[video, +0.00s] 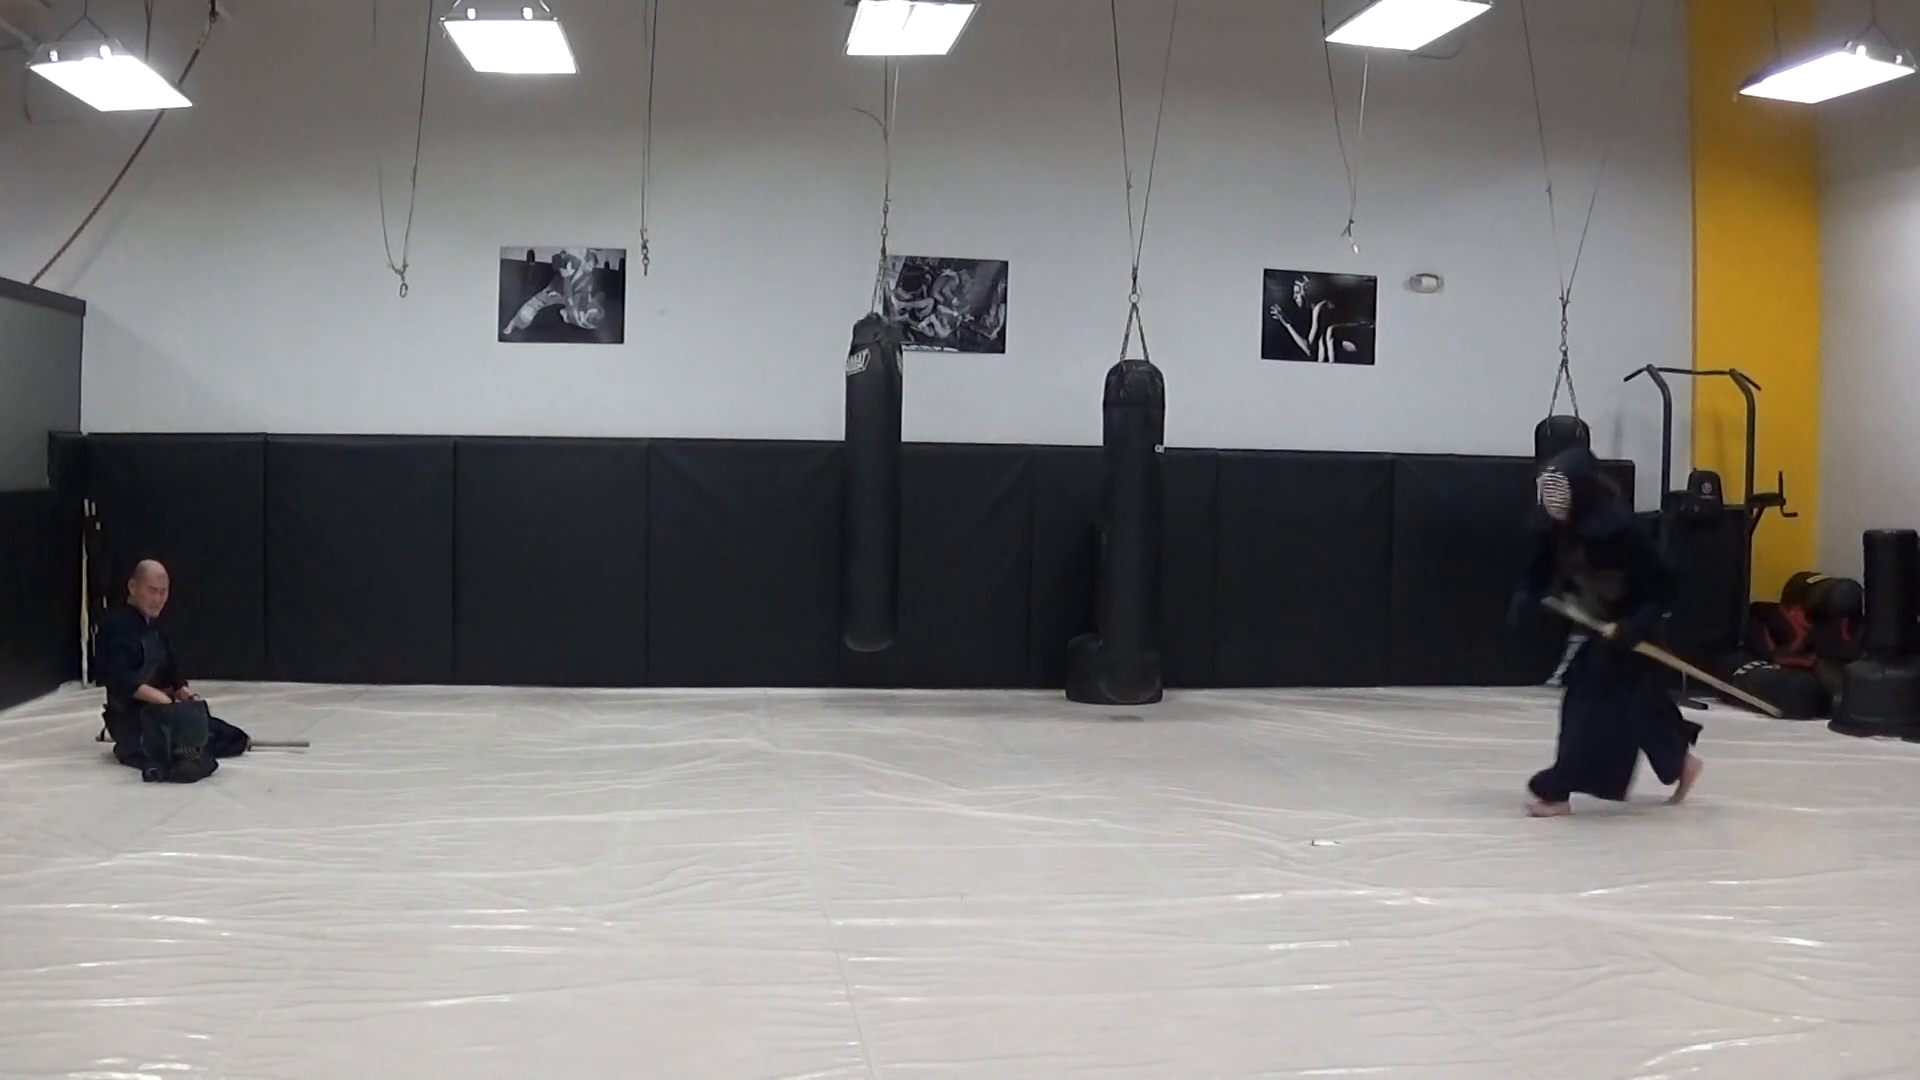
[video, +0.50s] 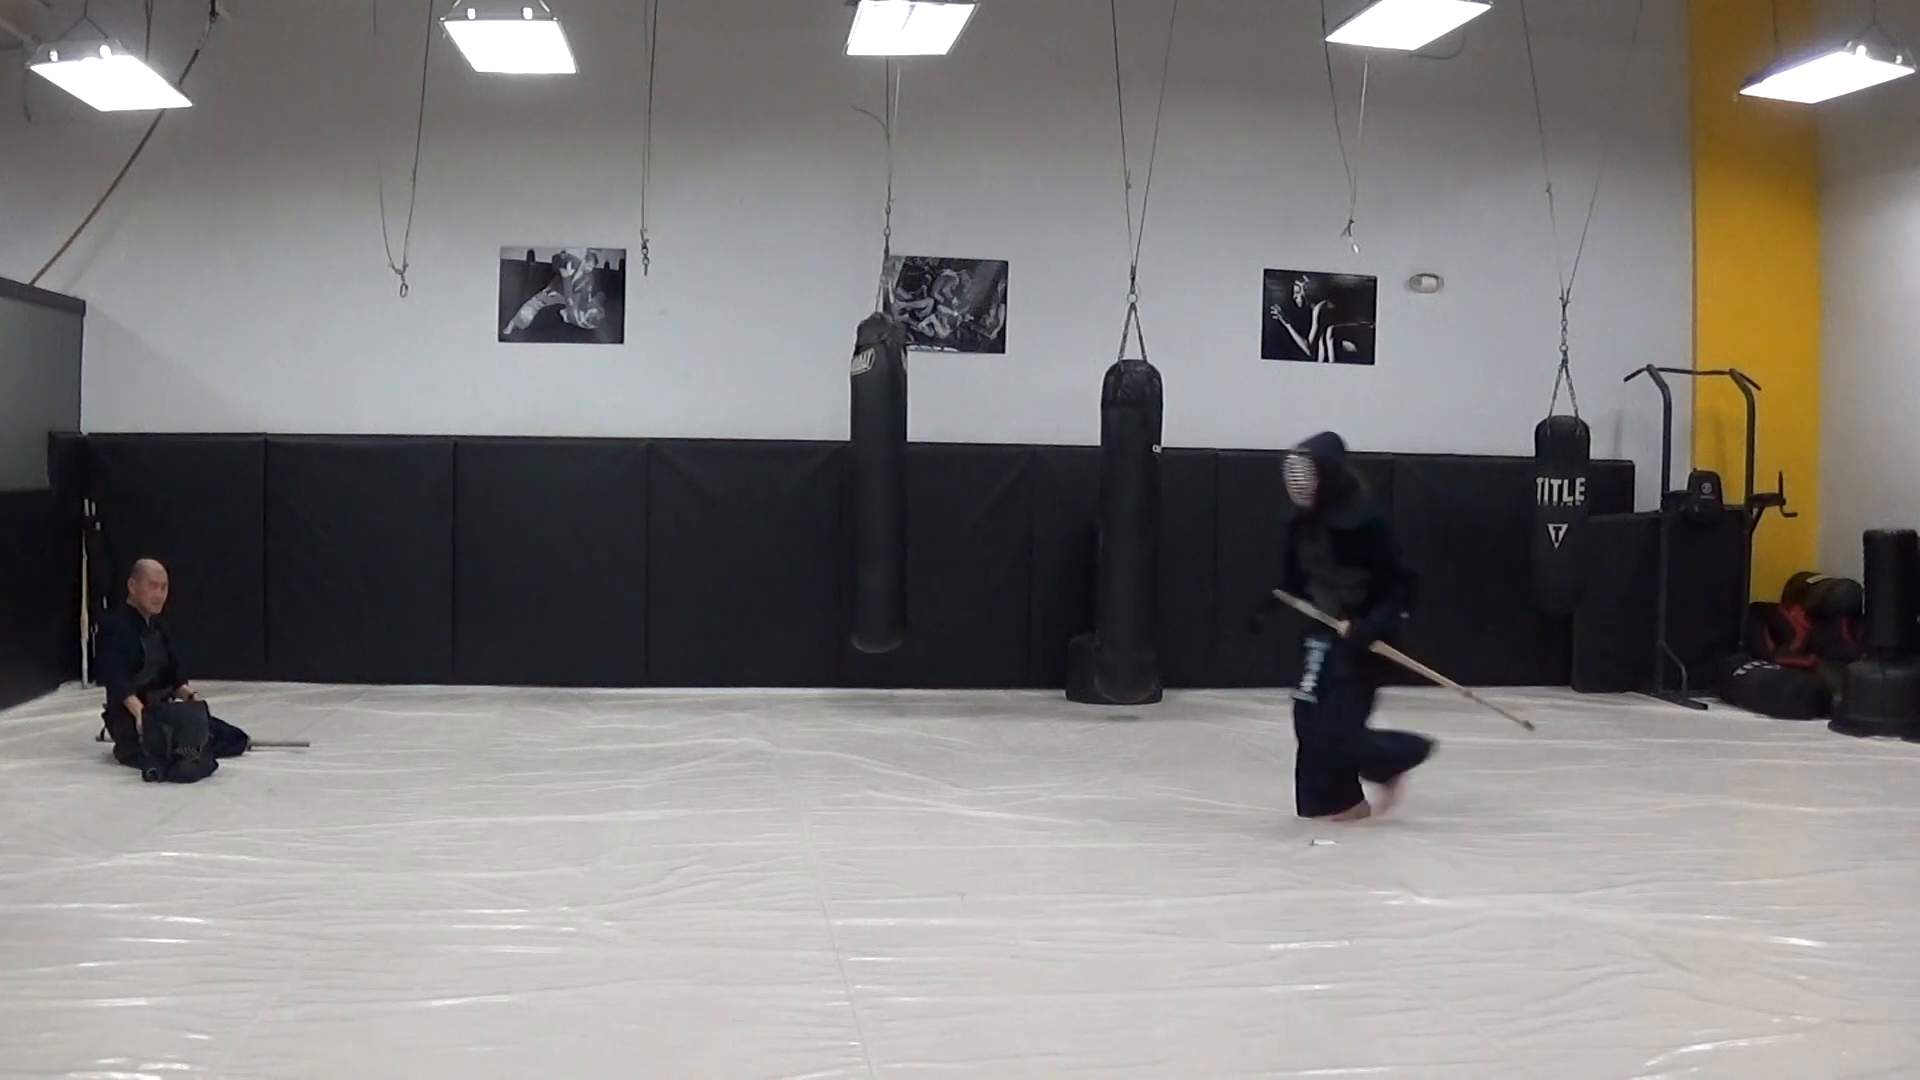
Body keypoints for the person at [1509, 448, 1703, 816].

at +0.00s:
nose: (1551, 504)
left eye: (1558, 495)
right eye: (1547, 494)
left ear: (1580, 494)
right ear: (1545, 491)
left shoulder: (1618, 529)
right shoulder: (1558, 529)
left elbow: (1661, 587)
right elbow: (1539, 572)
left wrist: (1632, 625)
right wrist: (1528, 600)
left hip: (1625, 628)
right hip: (1595, 625)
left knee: (1582, 697)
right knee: (1635, 698)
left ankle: (1556, 792)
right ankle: (1683, 761)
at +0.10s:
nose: (1509, 507)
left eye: (1515, 498)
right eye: (1504, 499)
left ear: (1534, 496)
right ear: (1503, 498)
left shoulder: (1568, 533)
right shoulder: (1513, 533)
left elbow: (1605, 598)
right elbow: (1504, 578)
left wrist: (1571, 638)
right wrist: (1494, 609)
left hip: (1575, 633)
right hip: (1541, 631)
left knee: (1549, 709)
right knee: (1552, 705)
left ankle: (1554, 797)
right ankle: (1620, 741)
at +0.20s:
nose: (1459, 498)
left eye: (1466, 489)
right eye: (1453, 490)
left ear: (1486, 488)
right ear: (1449, 490)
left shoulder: (1520, 525)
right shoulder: (1464, 526)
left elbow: (1551, 595)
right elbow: (1471, 582)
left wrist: (1513, 629)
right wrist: (1472, 621)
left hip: (1533, 631)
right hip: (1489, 631)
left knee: (1522, 712)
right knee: (1467, 706)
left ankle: (1551, 792)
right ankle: (1512, 771)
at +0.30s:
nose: (1400, 484)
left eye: (1408, 475)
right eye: (1396, 475)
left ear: (1431, 477)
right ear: (1394, 477)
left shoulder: (1462, 519)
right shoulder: (1412, 522)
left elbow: (1497, 588)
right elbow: (1432, 576)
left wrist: (1454, 616)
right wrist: (1432, 605)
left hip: (1481, 627)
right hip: (1438, 625)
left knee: (1494, 704)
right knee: (1406, 701)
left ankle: (1542, 782)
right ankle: (1390, 789)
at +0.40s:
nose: (1348, 484)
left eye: (1356, 476)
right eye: (1345, 475)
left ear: (1377, 478)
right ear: (1345, 478)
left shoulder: (1407, 522)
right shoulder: (1360, 522)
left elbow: (1443, 584)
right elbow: (1367, 576)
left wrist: (1410, 623)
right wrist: (1358, 611)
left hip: (1416, 626)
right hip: (1376, 625)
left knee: (1425, 706)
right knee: (1363, 707)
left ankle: (1495, 758)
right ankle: (1357, 799)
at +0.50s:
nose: (1296, 482)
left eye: (1305, 473)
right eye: (1292, 473)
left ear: (1328, 476)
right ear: (1289, 475)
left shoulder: (1362, 523)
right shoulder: (1302, 523)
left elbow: (1400, 586)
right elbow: (1294, 581)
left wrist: (1371, 624)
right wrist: (1267, 607)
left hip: (1362, 631)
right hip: (1323, 628)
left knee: (1334, 726)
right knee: (1311, 715)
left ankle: (1398, 759)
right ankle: (1343, 802)